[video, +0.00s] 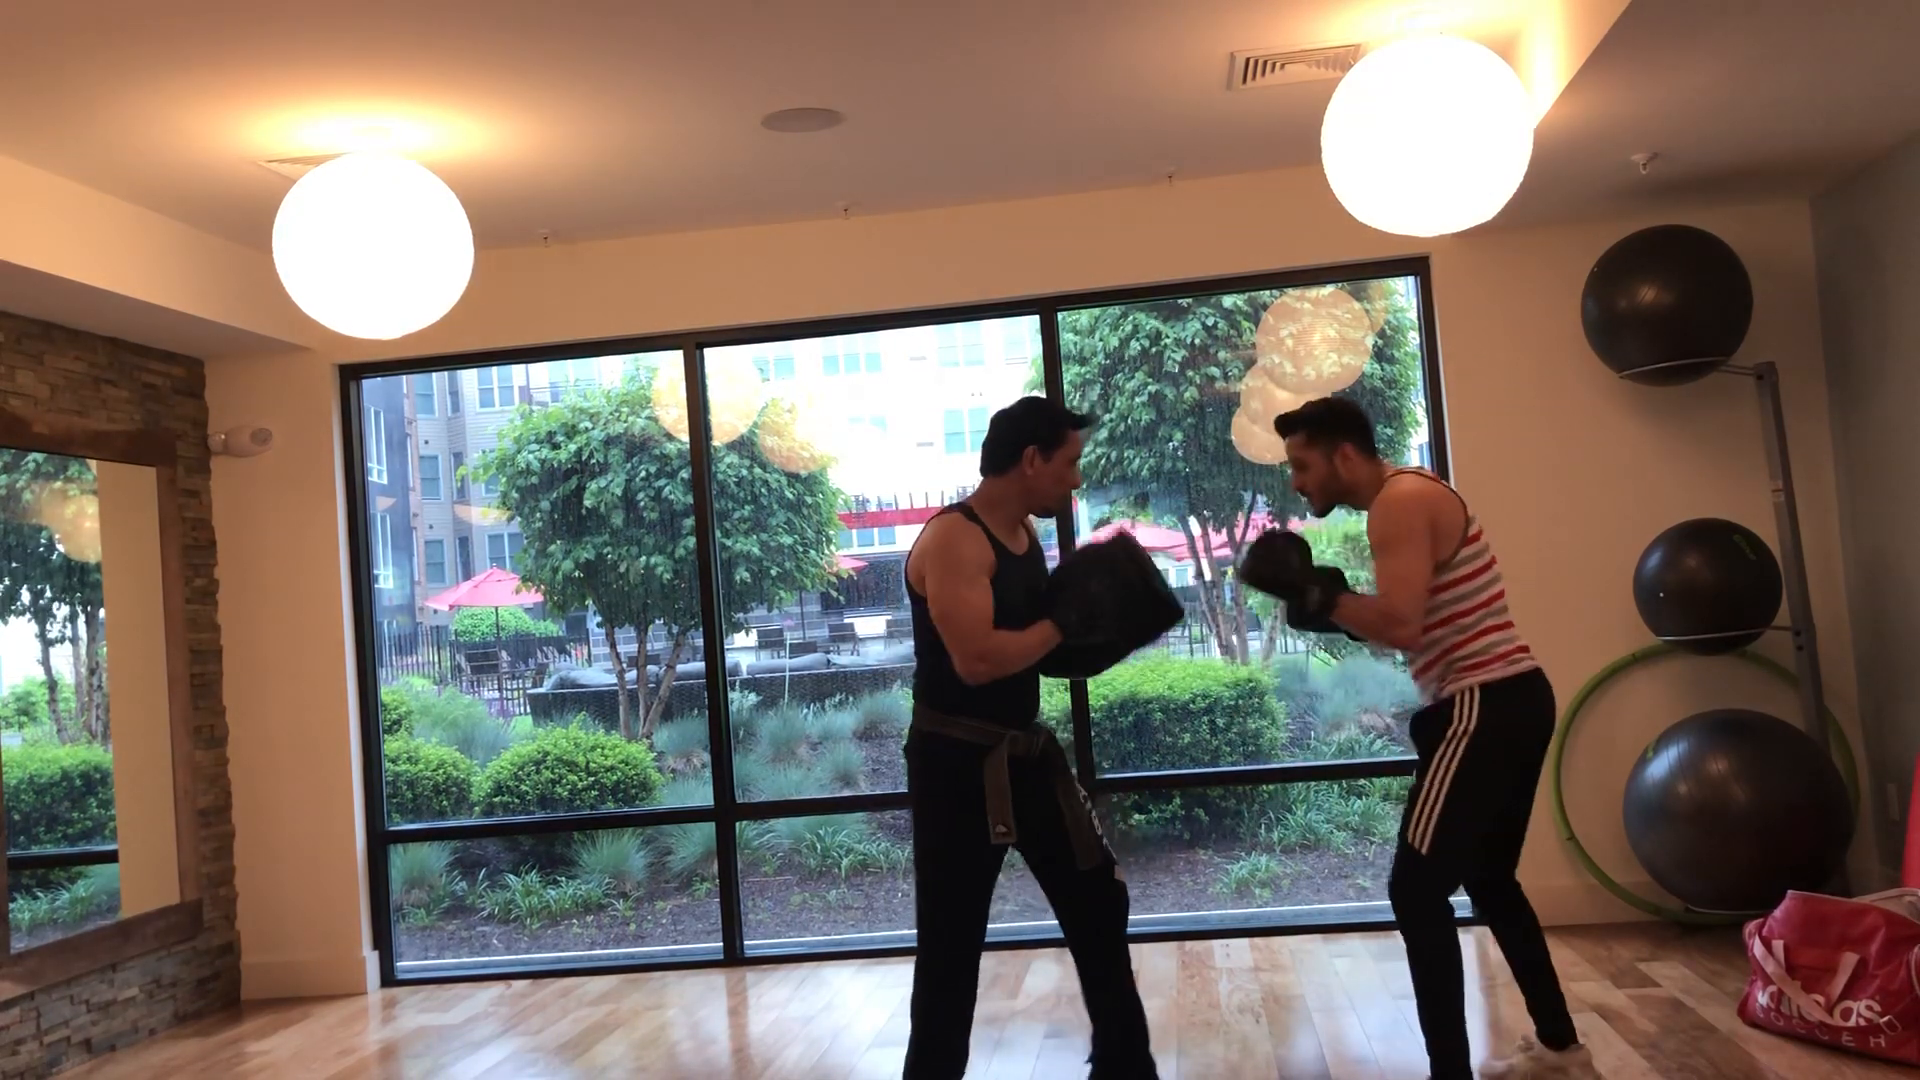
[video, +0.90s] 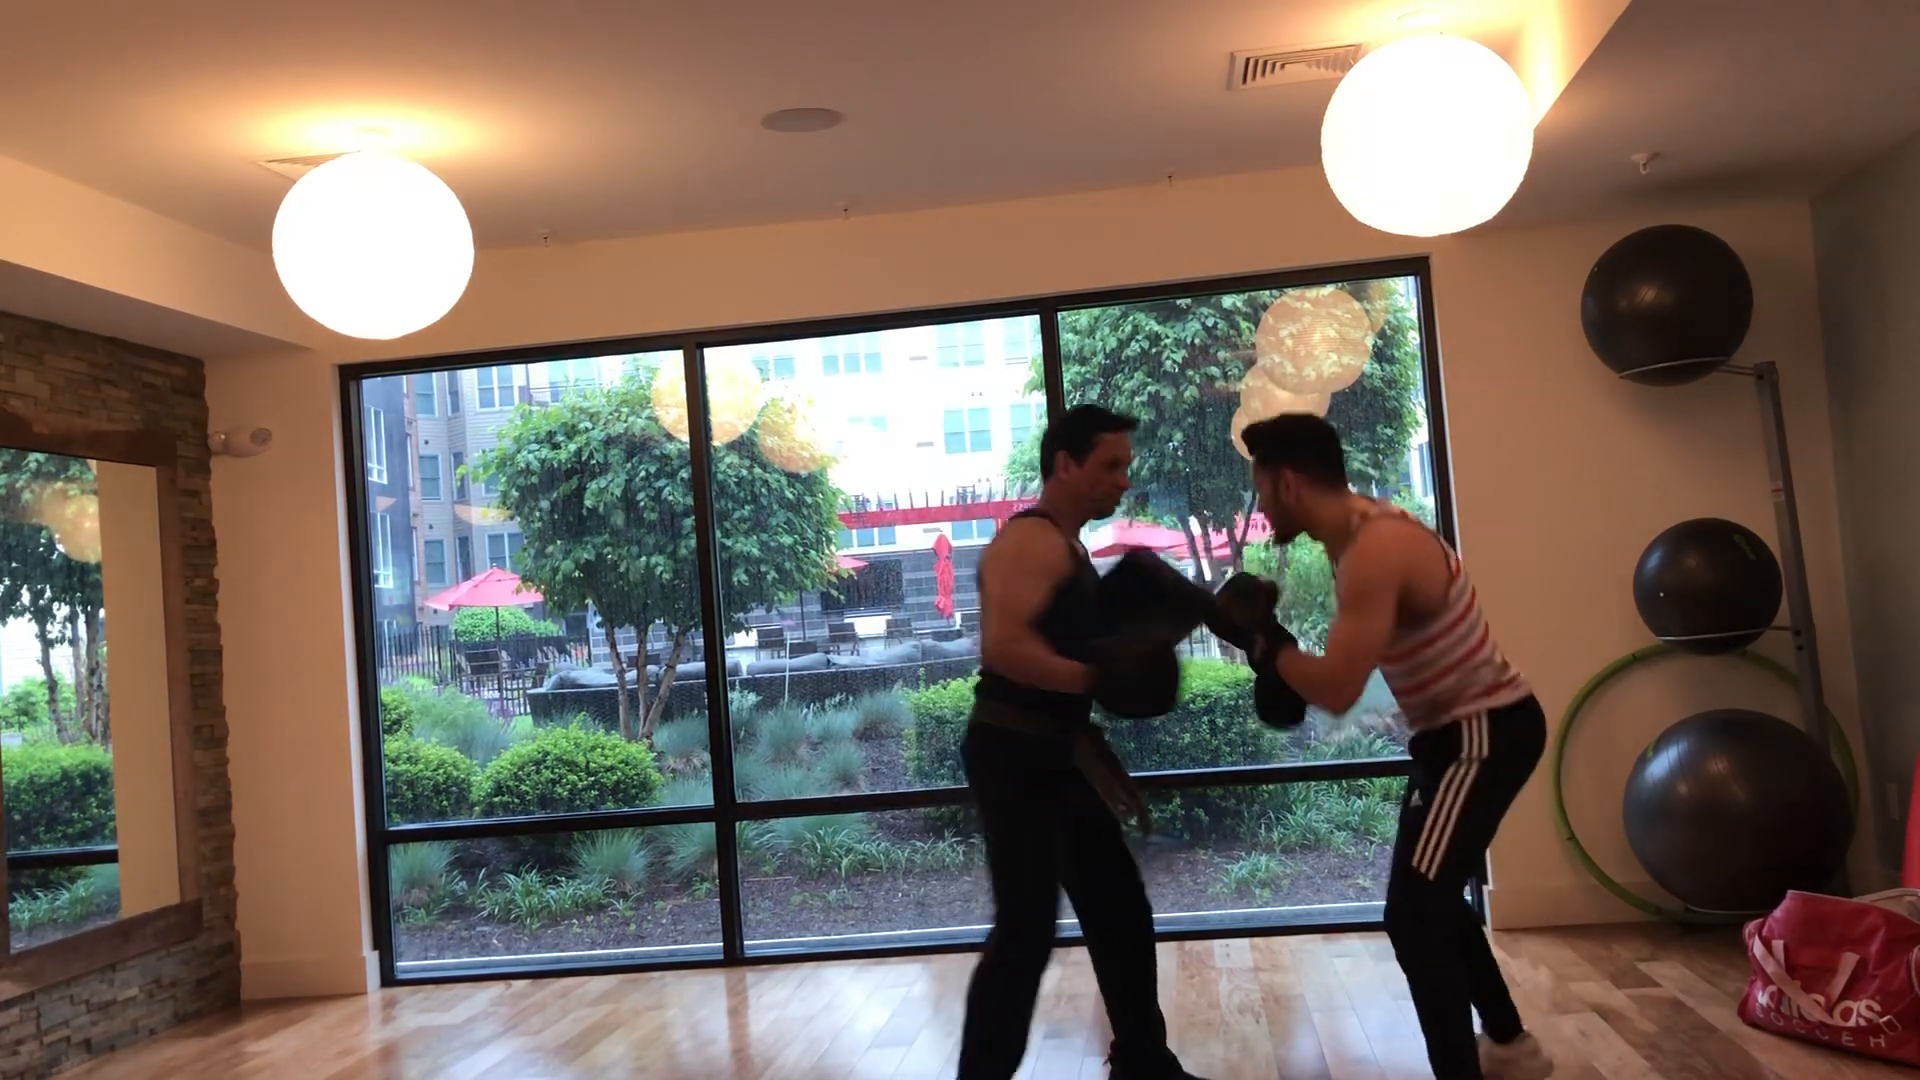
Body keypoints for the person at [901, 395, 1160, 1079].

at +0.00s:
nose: (1076, 479)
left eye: (1078, 464)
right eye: (1070, 463)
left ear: (1027, 463)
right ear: (1029, 461)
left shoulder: (1023, 533)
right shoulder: (951, 537)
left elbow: (1028, 636)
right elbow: (975, 658)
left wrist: (1091, 592)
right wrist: (1068, 618)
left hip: (1026, 748)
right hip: (956, 756)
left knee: (1098, 906)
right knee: (951, 945)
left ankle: (1126, 1070)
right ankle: (932, 1075)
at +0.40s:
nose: (1117, 483)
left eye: (1118, 469)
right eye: (1112, 468)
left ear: (1069, 467)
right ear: (1074, 465)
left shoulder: (1054, 537)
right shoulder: (1028, 531)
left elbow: (1070, 633)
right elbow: (1053, 618)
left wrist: (1139, 581)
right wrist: (1132, 574)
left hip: (1061, 753)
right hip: (1023, 755)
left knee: (1131, 908)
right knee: (1027, 931)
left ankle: (1146, 1064)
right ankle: (954, 1075)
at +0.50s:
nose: (1127, 481)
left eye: (1127, 467)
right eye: (1118, 467)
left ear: (1067, 467)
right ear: (1077, 463)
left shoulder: (1016, 536)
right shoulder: (1075, 518)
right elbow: (1196, 543)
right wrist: (1260, 510)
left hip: (1038, 747)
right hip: (1032, 750)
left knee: (1112, 913)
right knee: (1009, 934)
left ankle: (1142, 1061)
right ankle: (947, 1073)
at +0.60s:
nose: (1136, 482)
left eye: (1137, 468)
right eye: (1125, 469)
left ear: (1074, 472)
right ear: (1079, 468)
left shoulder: (1018, 539)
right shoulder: (1099, 527)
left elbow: (1032, 666)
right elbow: (1208, 538)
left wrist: (1095, 746)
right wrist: (1302, 526)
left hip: (1023, 745)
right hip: (1032, 751)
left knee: (1106, 906)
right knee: (1001, 937)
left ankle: (1138, 1059)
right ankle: (944, 1073)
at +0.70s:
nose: (1139, 488)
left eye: (1141, 475)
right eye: (1128, 474)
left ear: (1077, 476)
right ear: (1082, 470)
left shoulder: (1027, 538)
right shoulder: (1094, 536)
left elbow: (1134, 600)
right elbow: (1183, 603)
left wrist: (1233, 596)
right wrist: (1266, 588)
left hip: (1024, 745)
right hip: (1038, 751)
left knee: (1112, 904)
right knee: (1022, 932)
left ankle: (1142, 1061)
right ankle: (968, 1072)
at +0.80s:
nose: (1134, 488)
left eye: (1137, 475)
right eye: (1123, 474)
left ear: (1074, 477)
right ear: (1076, 471)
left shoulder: (1037, 537)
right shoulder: (1067, 543)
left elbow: (1078, 646)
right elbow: (1106, 662)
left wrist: (1158, 625)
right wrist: (1195, 648)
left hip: (1045, 746)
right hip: (1032, 752)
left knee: (1123, 901)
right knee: (1043, 926)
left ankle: (1142, 1059)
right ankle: (985, 1075)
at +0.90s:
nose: (1124, 482)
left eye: (1127, 468)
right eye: (1113, 467)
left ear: (1076, 469)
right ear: (1066, 465)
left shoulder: (1065, 545)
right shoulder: (1029, 540)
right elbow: (1000, 647)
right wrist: (1096, 675)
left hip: (1053, 746)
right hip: (1012, 749)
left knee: (1119, 908)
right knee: (1024, 931)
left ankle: (1144, 1060)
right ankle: (983, 1074)